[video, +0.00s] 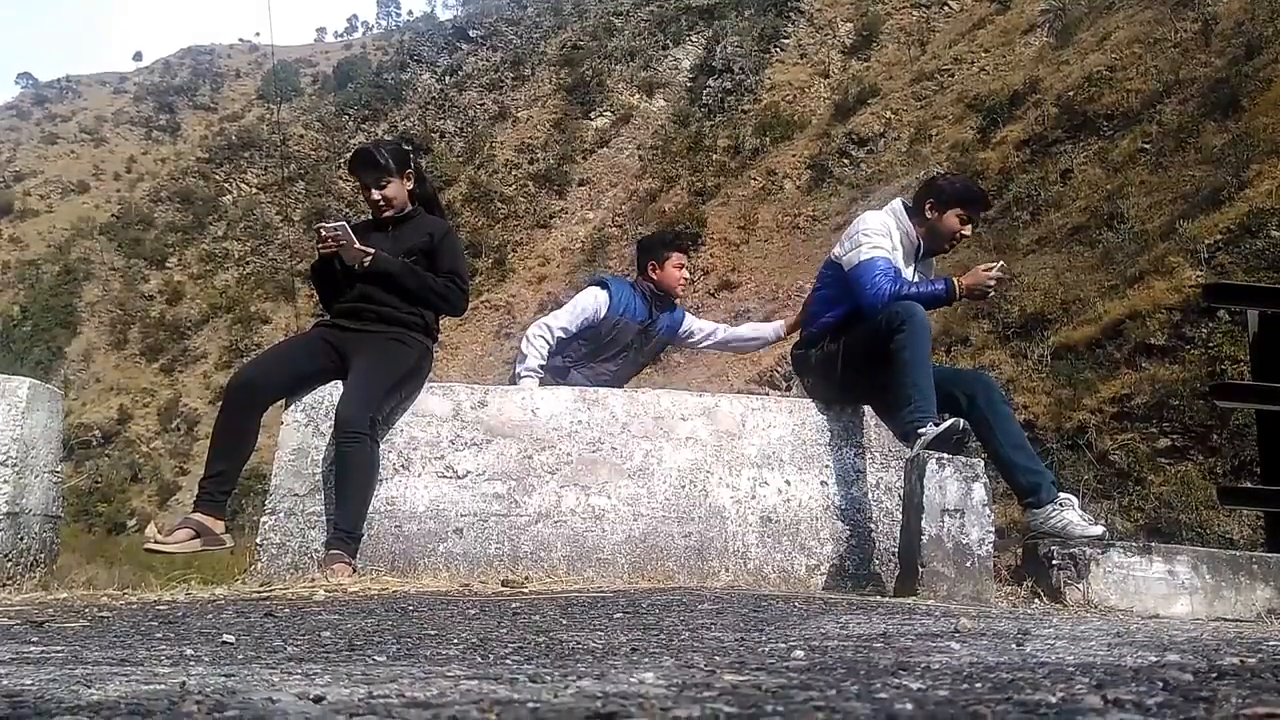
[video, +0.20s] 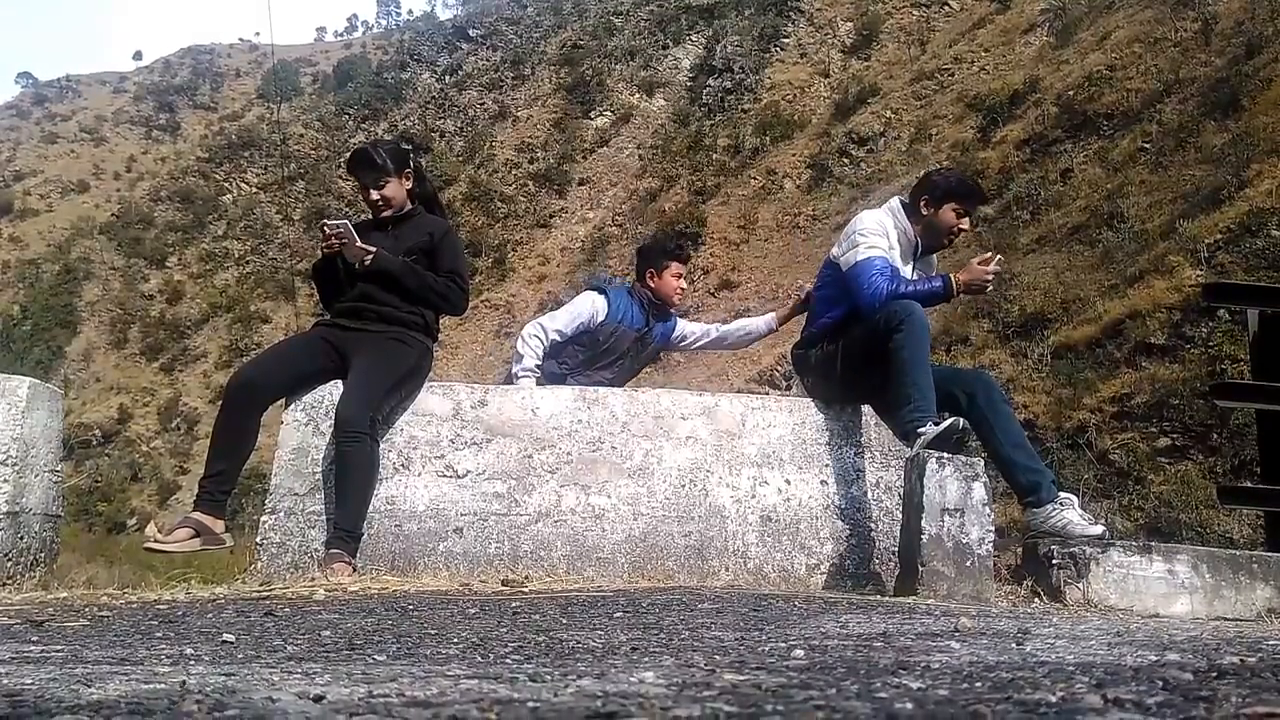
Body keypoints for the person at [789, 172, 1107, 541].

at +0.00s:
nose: (966, 232)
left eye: (970, 223)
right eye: (962, 219)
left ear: (933, 215)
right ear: (930, 210)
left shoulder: (921, 250)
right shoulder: (873, 228)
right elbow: (878, 294)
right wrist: (956, 286)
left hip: (876, 370)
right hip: (827, 364)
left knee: (977, 387)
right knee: (907, 316)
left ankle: (1044, 503)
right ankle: (919, 427)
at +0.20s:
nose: (964, 226)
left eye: (968, 217)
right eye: (958, 213)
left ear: (929, 213)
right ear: (925, 206)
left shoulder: (922, 252)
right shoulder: (871, 226)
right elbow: (874, 293)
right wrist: (953, 283)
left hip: (877, 370)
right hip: (828, 365)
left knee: (976, 386)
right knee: (906, 316)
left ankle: (1044, 504)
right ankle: (917, 427)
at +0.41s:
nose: (958, 226)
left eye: (963, 218)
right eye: (952, 214)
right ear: (922, 205)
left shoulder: (921, 251)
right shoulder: (868, 228)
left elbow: (912, 305)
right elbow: (874, 293)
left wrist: (954, 289)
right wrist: (951, 284)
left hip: (877, 371)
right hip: (827, 366)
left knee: (976, 387)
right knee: (905, 316)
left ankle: (1043, 504)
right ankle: (917, 427)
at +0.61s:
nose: (944, 218)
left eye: (952, 212)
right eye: (936, 204)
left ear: (954, 219)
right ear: (908, 198)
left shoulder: (920, 255)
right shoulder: (863, 227)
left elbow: (909, 312)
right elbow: (872, 291)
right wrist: (951, 286)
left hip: (877, 372)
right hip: (826, 367)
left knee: (976, 388)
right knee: (903, 314)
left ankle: (1043, 505)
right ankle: (916, 426)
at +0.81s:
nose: (927, 211)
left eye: (938, 206)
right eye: (920, 199)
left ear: (943, 216)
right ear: (897, 198)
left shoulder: (920, 256)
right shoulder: (859, 228)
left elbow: (911, 312)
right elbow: (873, 291)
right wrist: (950, 289)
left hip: (879, 372)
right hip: (826, 366)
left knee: (976, 387)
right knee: (903, 316)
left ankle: (1043, 504)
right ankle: (918, 428)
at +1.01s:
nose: (907, 209)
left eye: (921, 205)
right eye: (901, 198)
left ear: (936, 217)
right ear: (891, 197)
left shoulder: (921, 254)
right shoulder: (855, 229)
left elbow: (914, 308)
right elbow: (875, 292)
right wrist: (951, 290)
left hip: (880, 373)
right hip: (825, 368)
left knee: (977, 388)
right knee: (904, 317)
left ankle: (1043, 505)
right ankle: (918, 429)